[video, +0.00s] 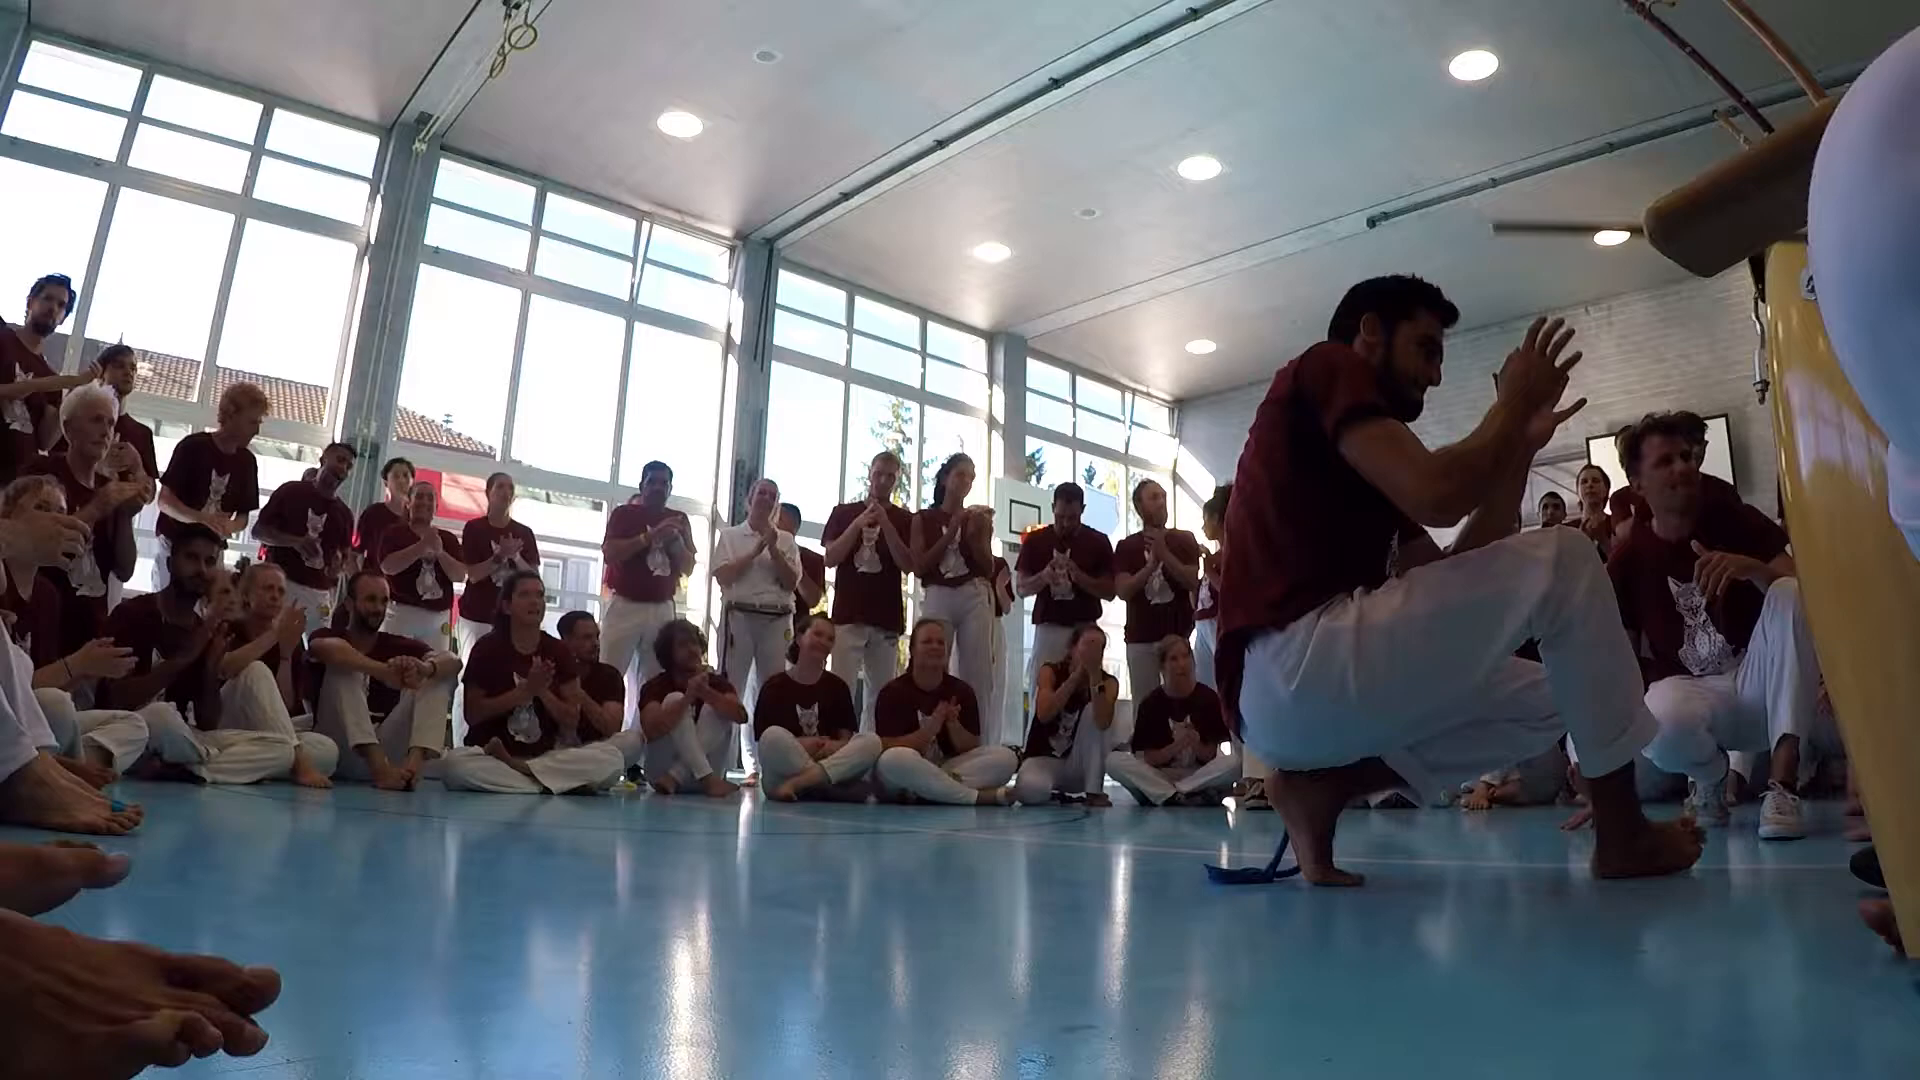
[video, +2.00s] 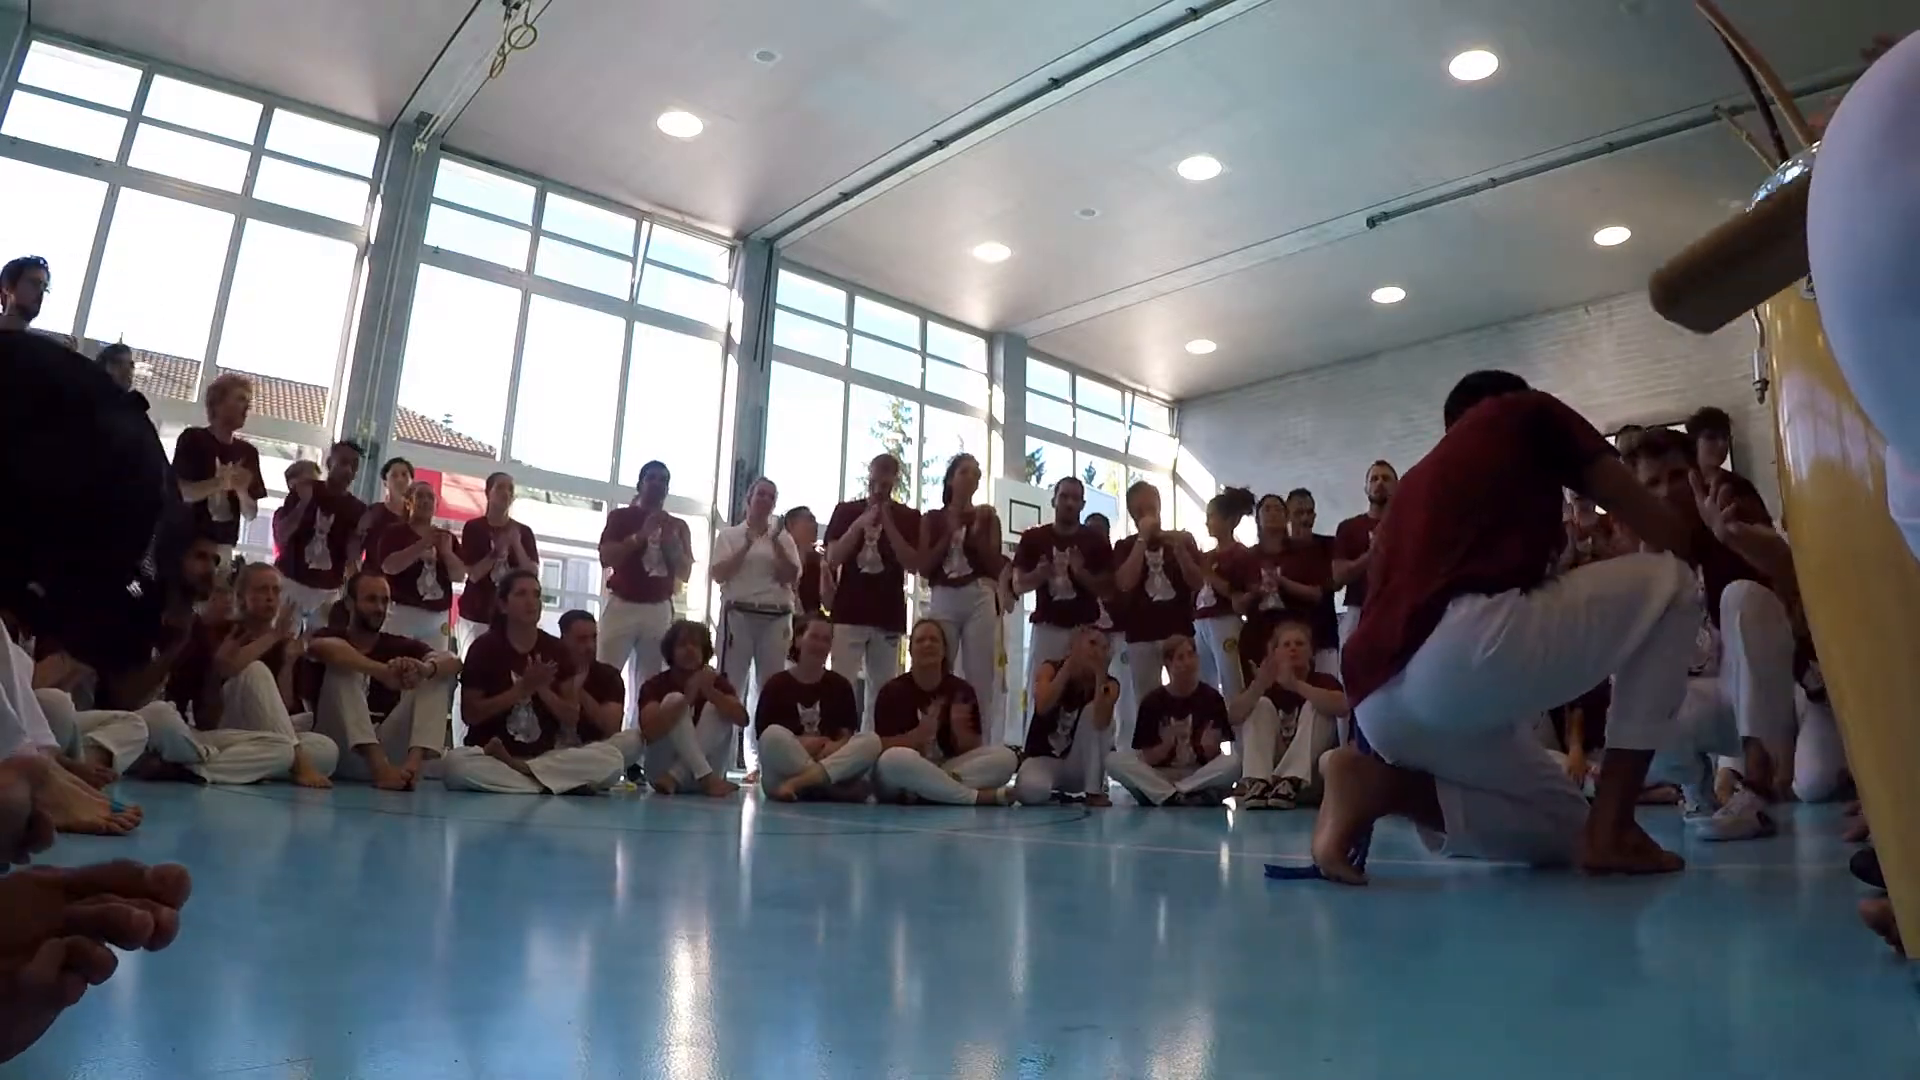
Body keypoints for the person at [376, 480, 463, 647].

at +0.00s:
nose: (425, 502)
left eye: (430, 498)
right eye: (420, 497)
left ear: (436, 506)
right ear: (409, 503)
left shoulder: (448, 538)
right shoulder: (395, 533)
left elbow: (460, 576)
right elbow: (387, 567)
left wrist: (440, 554)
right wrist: (421, 547)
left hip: (437, 615)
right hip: (400, 611)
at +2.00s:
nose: (425, 501)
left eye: (430, 497)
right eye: (420, 496)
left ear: (436, 504)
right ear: (409, 502)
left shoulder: (447, 538)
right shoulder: (395, 532)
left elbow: (459, 576)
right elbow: (388, 567)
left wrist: (447, 552)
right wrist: (422, 544)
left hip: (437, 614)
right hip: (401, 610)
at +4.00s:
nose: (429, 502)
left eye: (432, 497)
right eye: (423, 496)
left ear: (436, 502)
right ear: (407, 501)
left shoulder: (441, 537)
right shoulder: (397, 532)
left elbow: (456, 579)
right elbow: (392, 569)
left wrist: (457, 551)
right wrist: (427, 548)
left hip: (434, 614)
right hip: (401, 610)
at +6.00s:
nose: (424, 502)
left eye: (426, 496)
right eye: (417, 497)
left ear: (431, 500)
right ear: (403, 504)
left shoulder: (440, 534)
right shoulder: (392, 535)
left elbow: (457, 577)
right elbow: (392, 569)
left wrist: (443, 554)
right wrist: (430, 548)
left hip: (434, 615)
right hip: (400, 612)